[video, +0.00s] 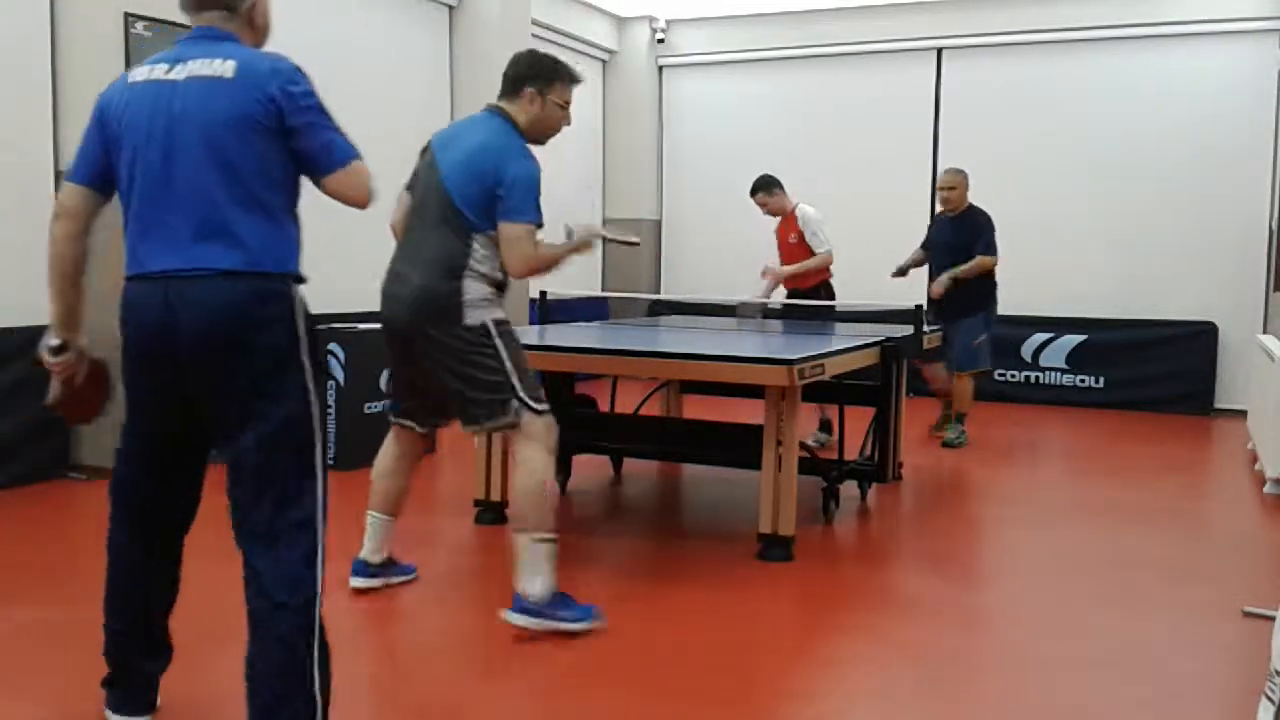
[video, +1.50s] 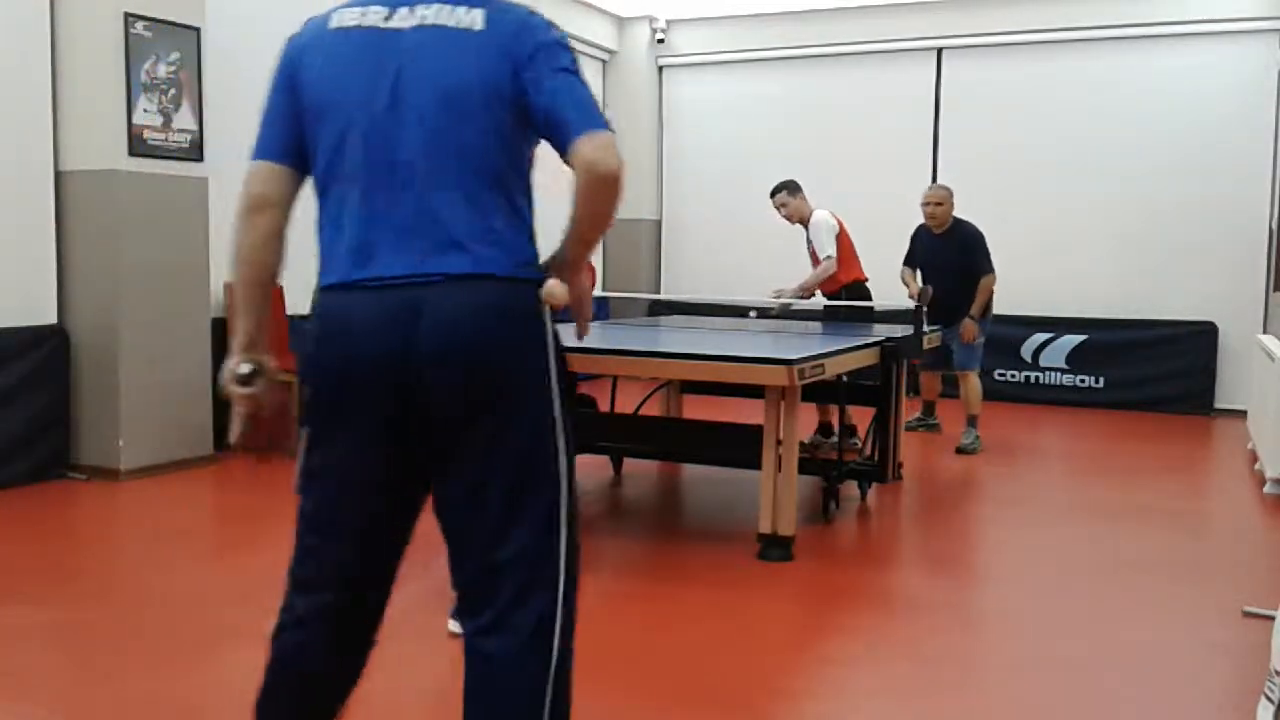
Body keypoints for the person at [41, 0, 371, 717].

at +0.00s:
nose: (272, 19)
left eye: (269, 11)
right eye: (269, 11)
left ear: (189, 13)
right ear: (252, 11)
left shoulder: (123, 90)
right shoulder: (272, 75)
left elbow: (70, 217)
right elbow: (358, 187)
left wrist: (64, 337)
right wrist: (291, 134)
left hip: (152, 316)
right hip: (254, 313)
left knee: (147, 507)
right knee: (277, 523)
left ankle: (129, 697)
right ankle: (288, 708)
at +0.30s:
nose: (346, 13)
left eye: (343, 7)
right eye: (344, 6)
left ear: (266, 1)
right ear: (325, 1)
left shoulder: (185, 65)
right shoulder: (342, 47)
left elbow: (146, 201)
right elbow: (395, 141)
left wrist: (175, 305)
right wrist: (371, 212)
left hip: (205, 299)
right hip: (315, 299)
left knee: (190, 518)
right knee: (316, 527)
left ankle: (162, 702)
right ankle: (294, 707)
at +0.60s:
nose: (362, 8)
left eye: (361, 1)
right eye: (361, 1)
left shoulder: (192, 52)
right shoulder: (356, 43)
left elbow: (156, 197)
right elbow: (376, 153)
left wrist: (202, 298)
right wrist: (363, 307)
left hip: (219, 310)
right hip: (326, 304)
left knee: (232, 546)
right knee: (332, 547)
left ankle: (239, 709)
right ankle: (304, 708)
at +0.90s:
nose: (363, 9)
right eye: (362, 7)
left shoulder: (181, 58)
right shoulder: (351, 25)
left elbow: (137, 213)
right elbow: (383, 106)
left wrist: (134, 354)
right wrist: (363, 259)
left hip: (212, 310)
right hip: (338, 303)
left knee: (223, 556)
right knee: (355, 546)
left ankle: (225, 709)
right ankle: (338, 708)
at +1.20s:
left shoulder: (209, 46)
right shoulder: (403, 23)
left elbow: (151, 202)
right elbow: (472, 112)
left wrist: (130, 348)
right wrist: (437, 274)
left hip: (259, 333)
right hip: (392, 323)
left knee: (250, 588)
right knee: (445, 589)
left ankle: (239, 711)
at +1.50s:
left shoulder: (313, 42)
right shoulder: (516, 28)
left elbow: (262, 199)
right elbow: (600, 164)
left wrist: (246, 349)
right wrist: (570, 262)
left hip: (354, 332)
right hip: (491, 330)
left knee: (331, 592)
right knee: (515, 597)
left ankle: (287, 709)